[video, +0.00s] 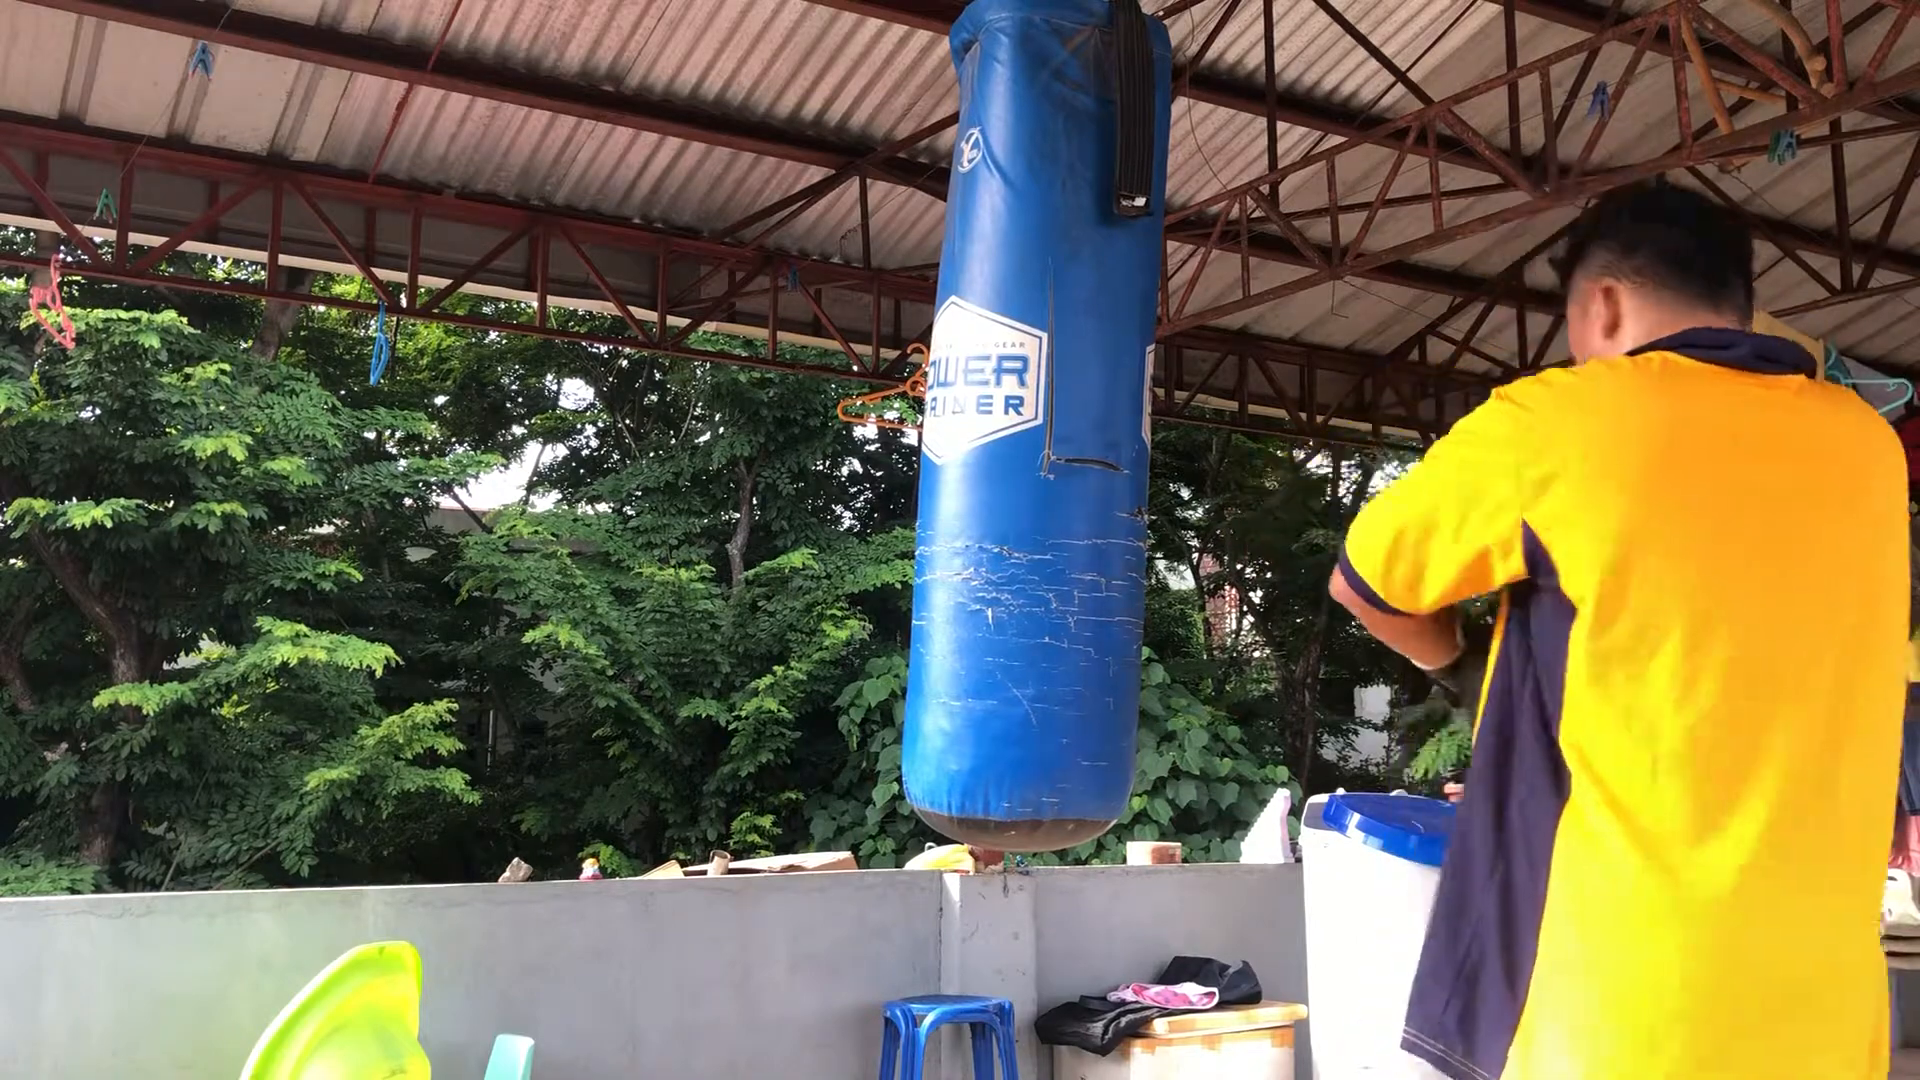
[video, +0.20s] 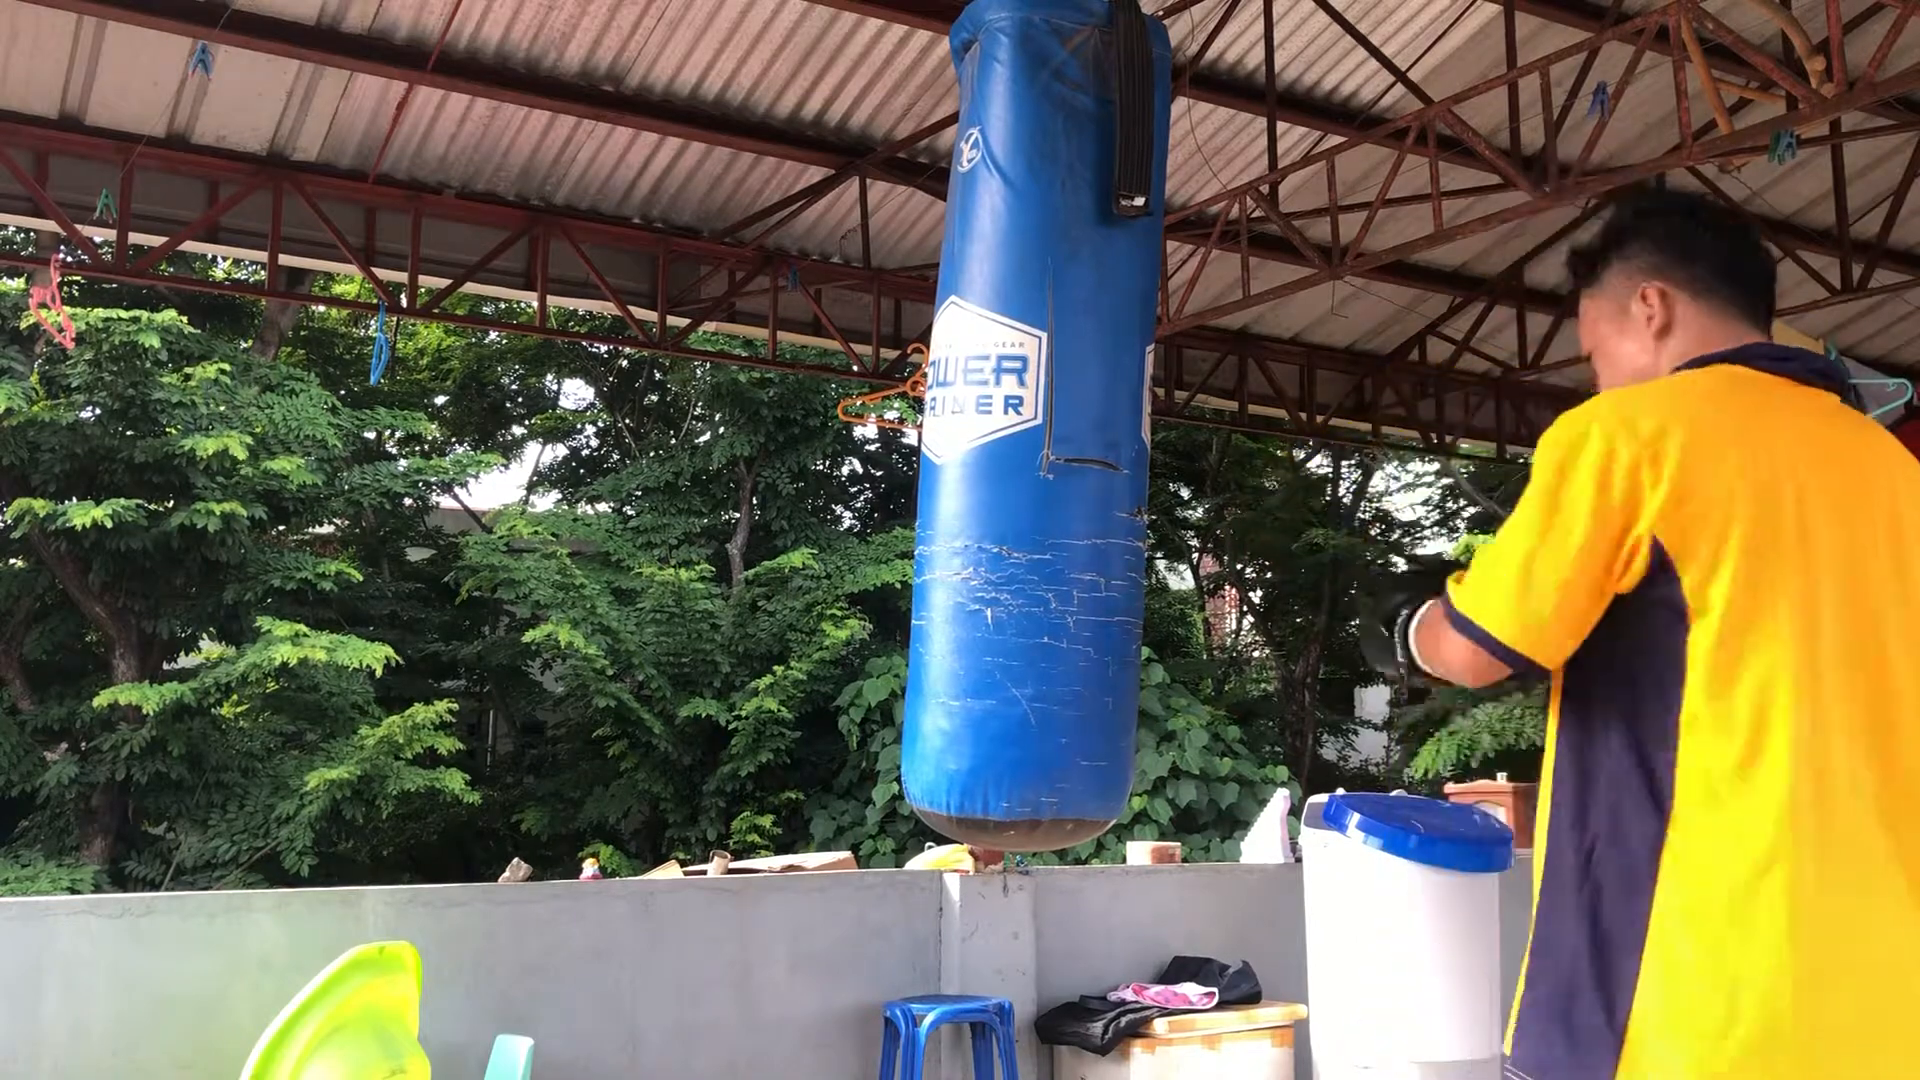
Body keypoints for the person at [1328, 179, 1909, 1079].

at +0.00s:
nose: (1570, 355)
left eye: (1568, 329)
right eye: (1567, 333)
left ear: (1605, 307)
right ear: (1739, 312)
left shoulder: (1557, 414)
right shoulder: (1873, 445)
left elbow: (1367, 581)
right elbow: (1895, 674)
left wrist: (1457, 655)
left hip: (1604, 1019)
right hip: (1827, 1018)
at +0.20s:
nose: (1598, 390)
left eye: (1594, 353)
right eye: (1588, 362)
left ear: (1652, 310)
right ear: (1758, 317)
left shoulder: (1632, 428)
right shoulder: (1893, 464)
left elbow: (1475, 651)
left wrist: (1423, 622)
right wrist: (1553, 810)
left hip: (1683, 1015)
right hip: (1889, 1011)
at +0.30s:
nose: (1592, 394)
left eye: (1591, 353)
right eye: (1584, 363)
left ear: (1663, 313)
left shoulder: (1673, 431)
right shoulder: (1890, 470)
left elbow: (1581, 651)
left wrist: (1442, 651)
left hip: (1683, 1019)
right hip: (1878, 1013)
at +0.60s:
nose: (1543, 391)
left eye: (1543, 351)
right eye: (1533, 361)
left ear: (1630, 316)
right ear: (1638, 316)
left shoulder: (1658, 437)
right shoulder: (1811, 456)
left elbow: (1630, 662)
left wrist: (1496, 680)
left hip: (1662, 1011)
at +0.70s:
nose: (1503, 384)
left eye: (1504, 344)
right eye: (1494, 354)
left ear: (1590, 311)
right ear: (1600, 313)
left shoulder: (1629, 436)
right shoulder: (1765, 441)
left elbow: (1577, 666)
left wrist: (1447, 674)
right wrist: (1557, 785)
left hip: (1651, 1005)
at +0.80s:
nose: (1458, 388)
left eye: (1457, 348)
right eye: (1449, 359)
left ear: (1535, 308)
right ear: (1544, 307)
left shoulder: (1569, 431)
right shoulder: (1749, 443)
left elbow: (1514, 656)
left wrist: (1387, 648)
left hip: (1626, 1012)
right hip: (1789, 1000)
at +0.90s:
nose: (1435, 414)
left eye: (1426, 387)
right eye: (1420, 398)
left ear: (1486, 327)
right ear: (1574, 320)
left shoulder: (1508, 426)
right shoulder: (1754, 448)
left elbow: (1309, 605)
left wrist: (1210, 584)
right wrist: (1438, 645)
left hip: (1617, 1022)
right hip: (1817, 1013)